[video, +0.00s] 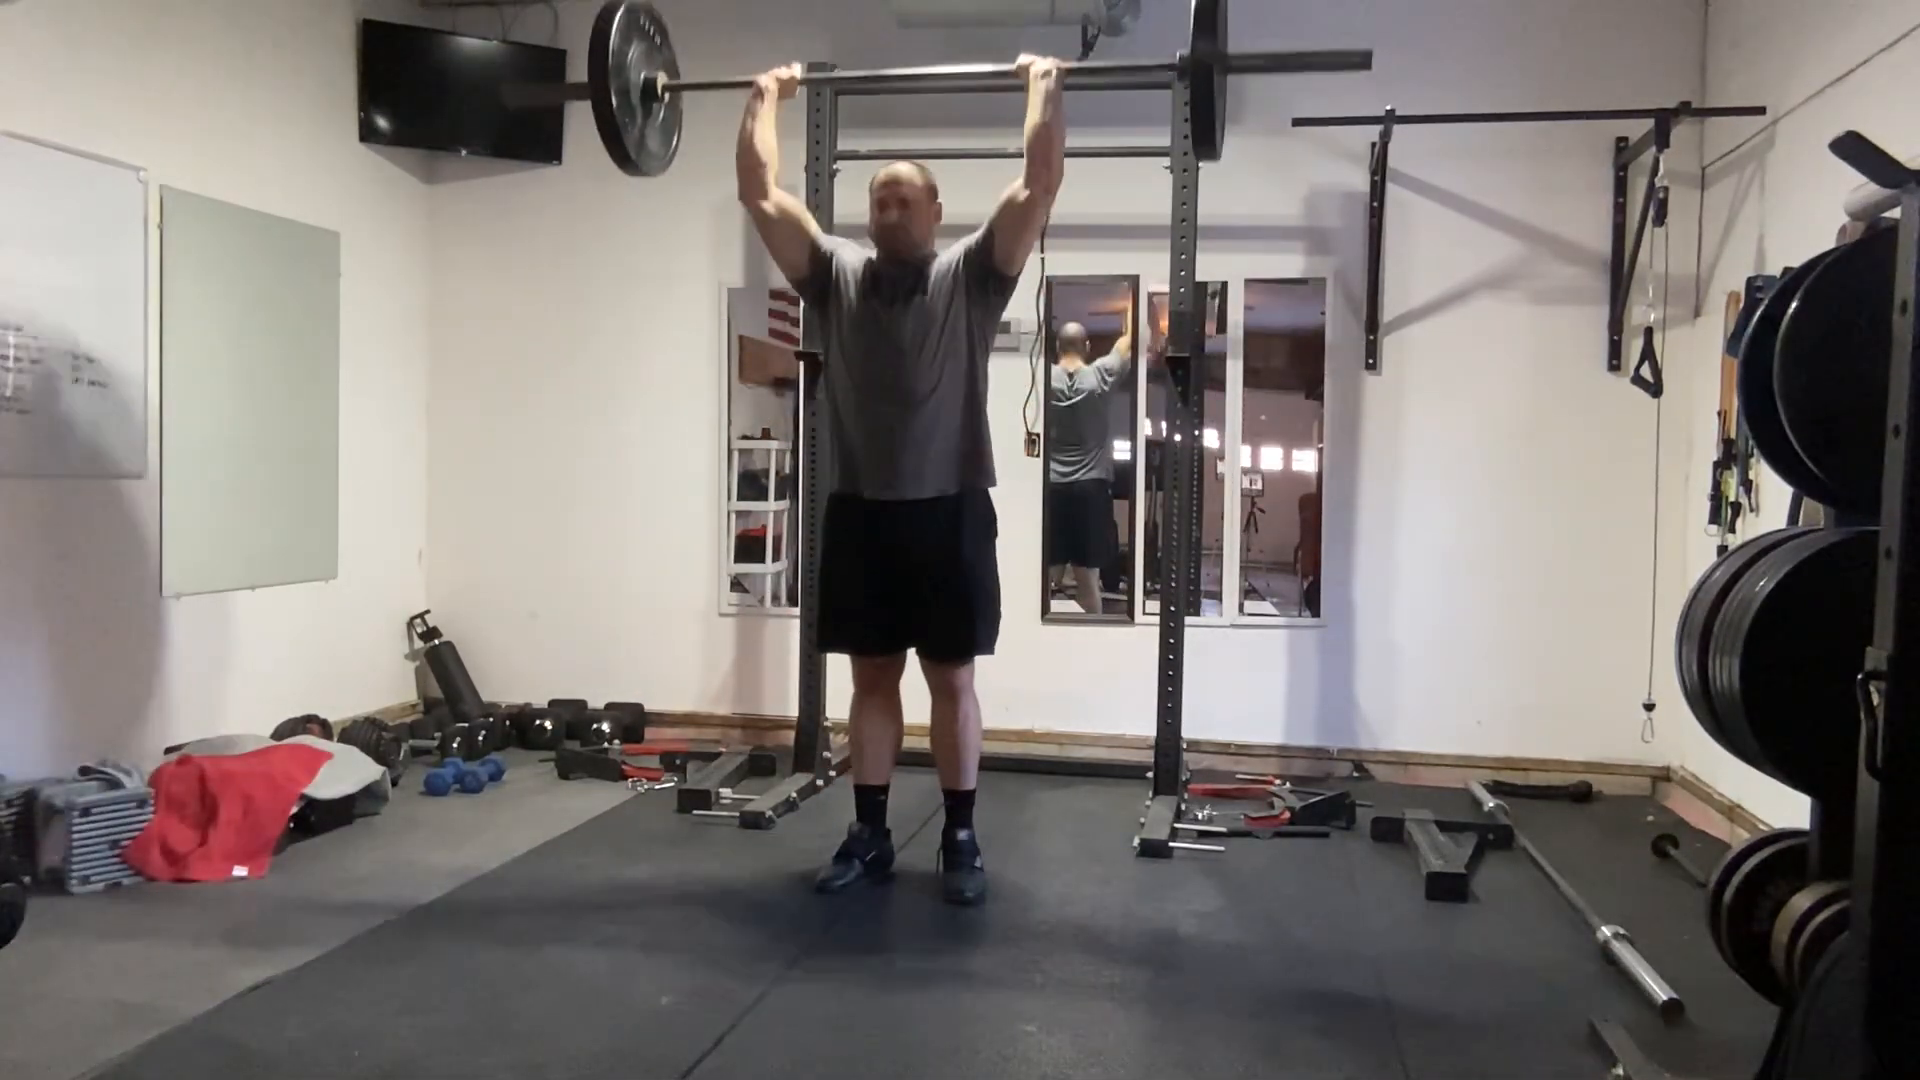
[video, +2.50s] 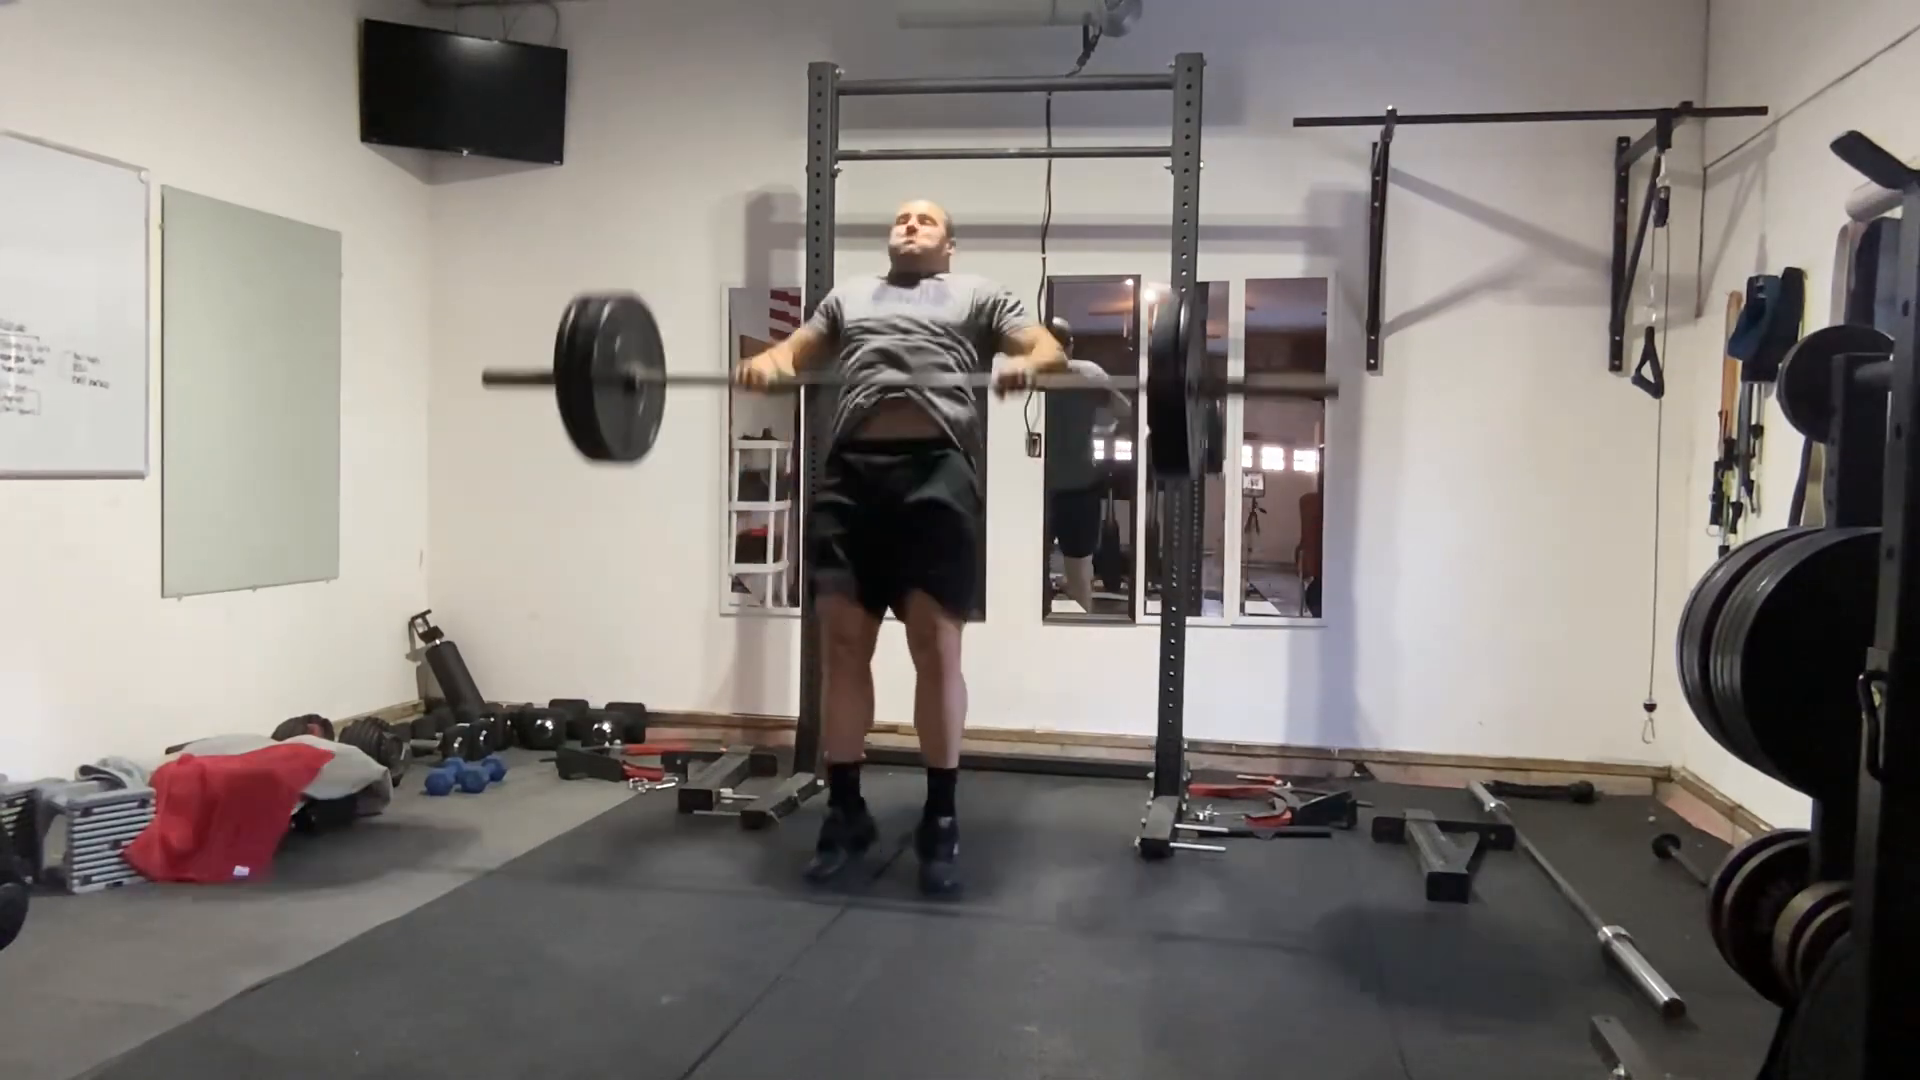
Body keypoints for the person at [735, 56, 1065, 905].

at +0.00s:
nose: (885, 204)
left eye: (901, 195)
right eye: (878, 196)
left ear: (936, 215)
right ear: (866, 216)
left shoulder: (973, 282)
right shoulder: (831, 283)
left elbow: (1038, 187)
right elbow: (760, 194)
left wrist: (1045, 84)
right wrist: (763, 93)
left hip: (949, 508)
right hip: (860, 509)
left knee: (950, 677)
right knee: (872, 675)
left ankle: (960, 839)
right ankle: (868, 839)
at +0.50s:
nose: (908, 219)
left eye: (926, 214)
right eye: (900, 213)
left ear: (954, 244)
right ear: (885, 241)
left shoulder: (972, 317)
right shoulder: (848, 320)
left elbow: (1017, 378)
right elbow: (774, 389)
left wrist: (1034, 291)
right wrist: (769, 301)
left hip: (948, 527)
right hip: (856, 524)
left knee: (950, 688)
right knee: (846, 684)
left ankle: (959, 841)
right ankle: (867, 840)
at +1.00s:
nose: (890, 254)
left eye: (902, 241)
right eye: (880, 242)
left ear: (934, 249)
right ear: (867, 252)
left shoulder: (977, 331)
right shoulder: (834, 330)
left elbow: (1038, 422)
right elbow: (787, 424)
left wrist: (1032, 525)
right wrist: (765, 517)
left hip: (959, 536)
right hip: (864, 533)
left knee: (952, 676)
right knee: (859, 668)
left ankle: (944, 830)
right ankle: (856, 826)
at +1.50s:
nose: (879, 248)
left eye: (893, 237)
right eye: (870, 237)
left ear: (924, 252)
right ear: (858, 252)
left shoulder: (968, 336)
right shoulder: (821, 336)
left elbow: (1007, 441)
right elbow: (786, 440)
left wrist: (1016, 540)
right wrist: (764, 529)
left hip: (946, 541)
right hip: (847, 540)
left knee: (948, 679)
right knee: (837, 671)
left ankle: (944, 827)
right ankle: (854, 827)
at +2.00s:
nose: (862, 338)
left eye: (877, 327)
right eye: (853, 327)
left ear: (907, 338)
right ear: (839, 337)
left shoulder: (957, 419)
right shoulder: (812, 417)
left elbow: (1002, 526)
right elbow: (779, 515)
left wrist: (1012, 629)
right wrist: (759, 614)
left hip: (954, 553)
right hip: (861, 553)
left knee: (971, 679)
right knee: (825, 667)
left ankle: (945, 829)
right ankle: (852, 827)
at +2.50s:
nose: (908, 225)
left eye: (923, 221)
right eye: (900, 220)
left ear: (948, 244)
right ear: (886, 243)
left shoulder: (980, 296)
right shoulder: (849, 297)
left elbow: (1050, 347)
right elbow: (794, 352)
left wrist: (1028, 362)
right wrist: (767, 362)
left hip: (935, 473)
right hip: (852, 472)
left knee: (934, 643)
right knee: (842, 643)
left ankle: (941, 819)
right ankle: (844, 812)